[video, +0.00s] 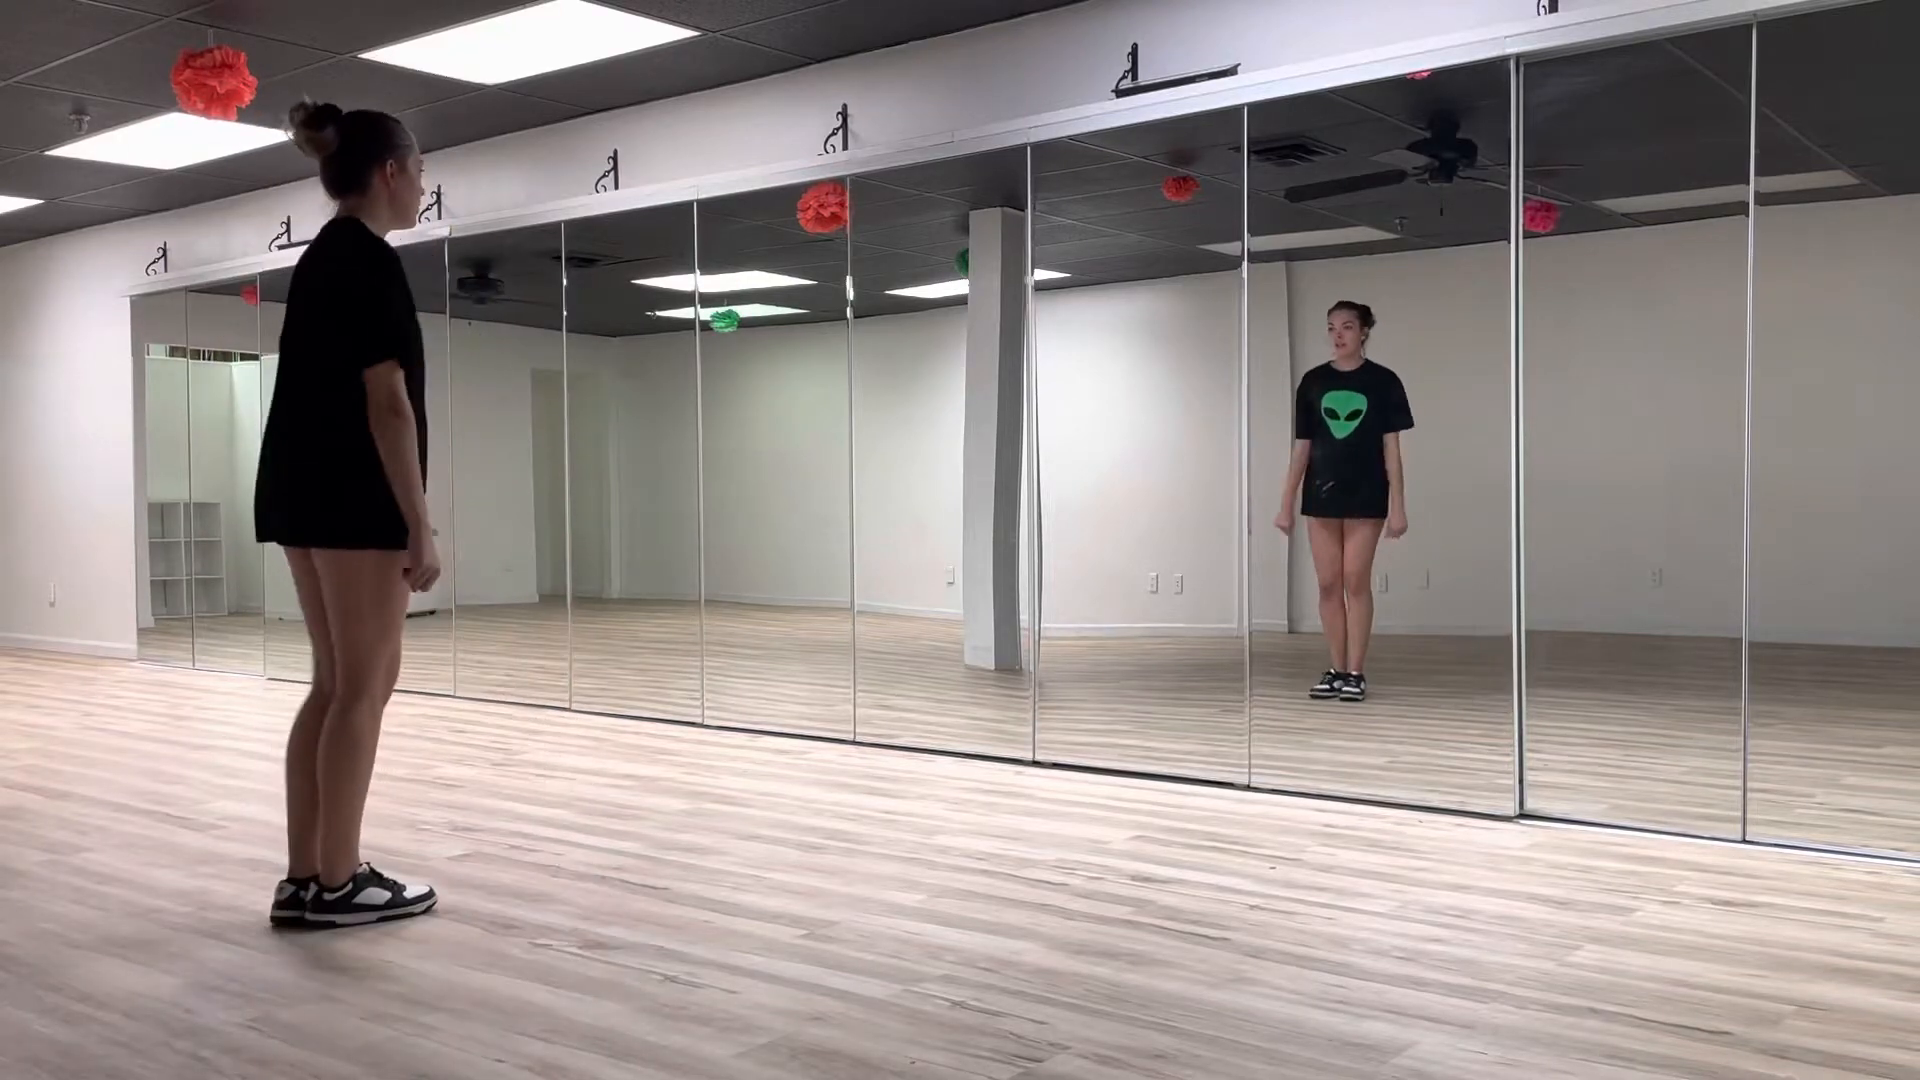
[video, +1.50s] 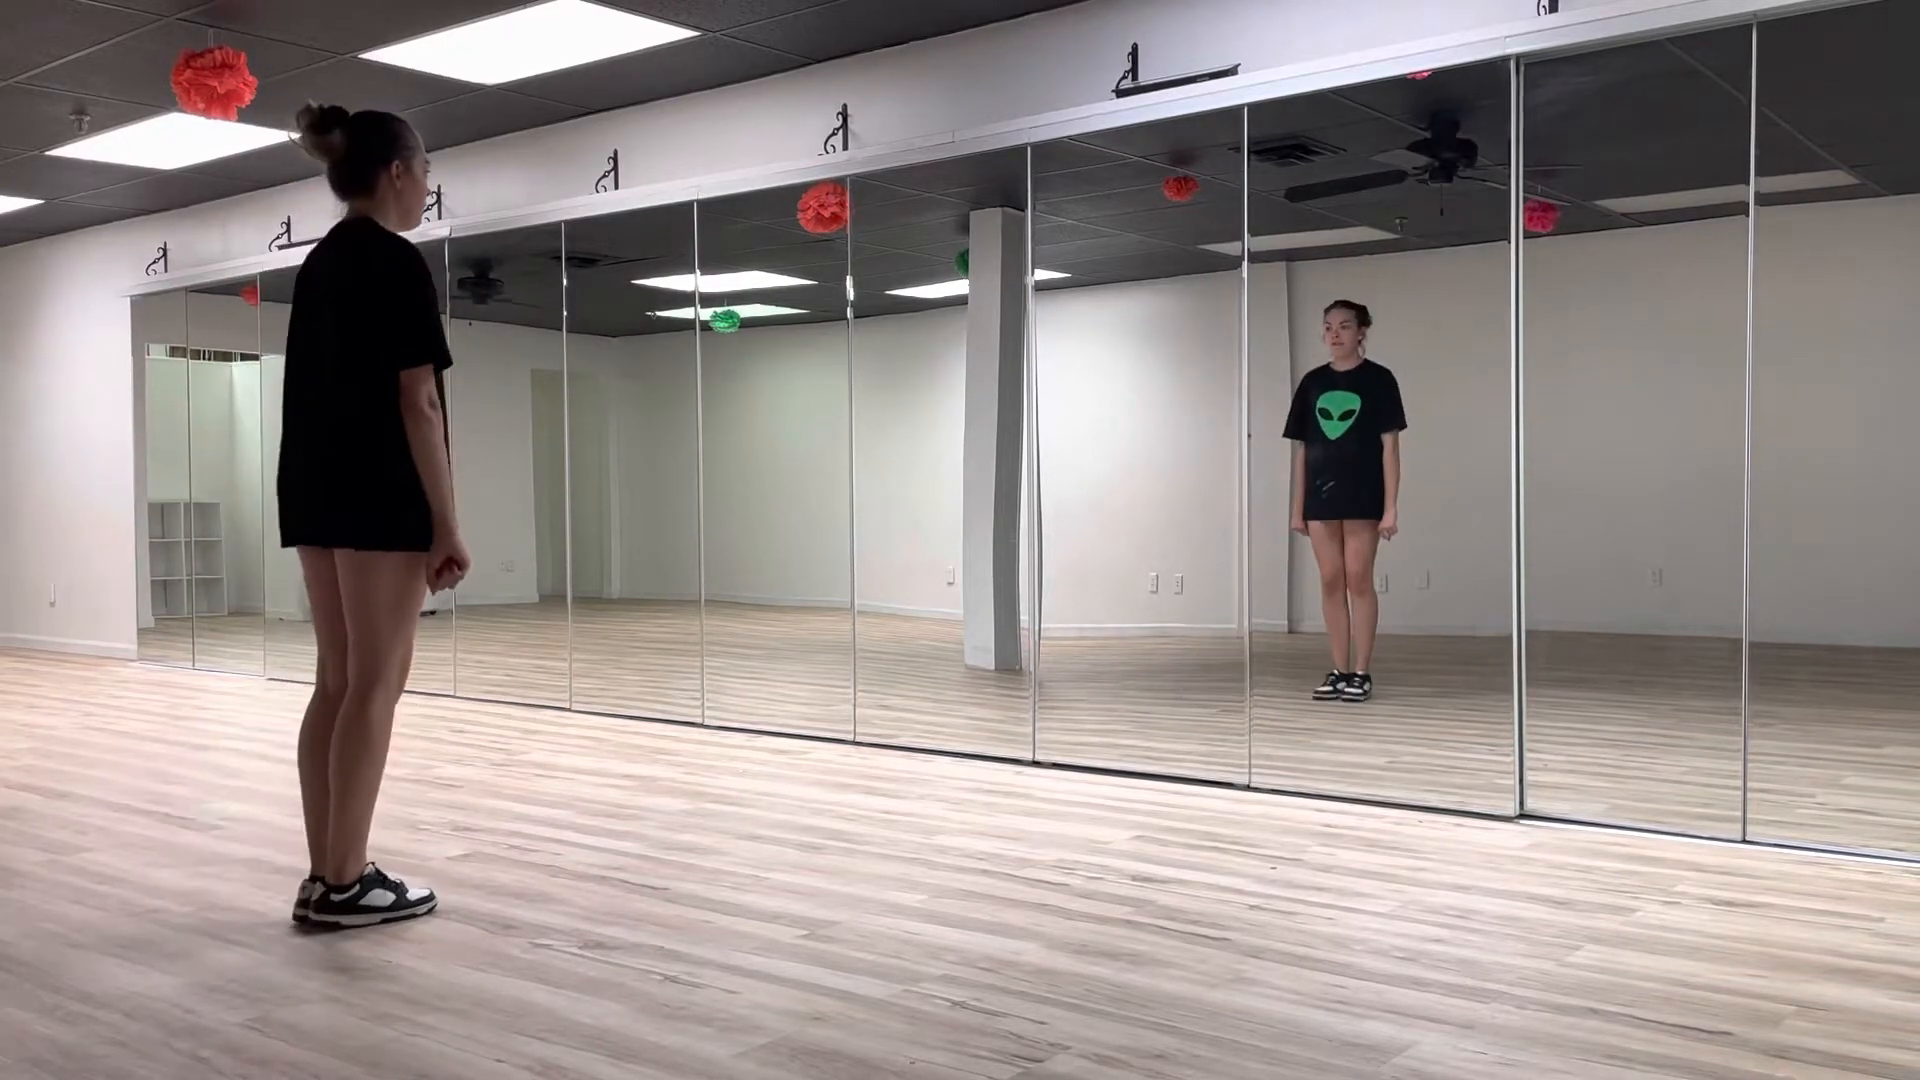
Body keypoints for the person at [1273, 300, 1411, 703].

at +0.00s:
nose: (1338, 334)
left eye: (1347, 327)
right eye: (1333, 328)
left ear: (1364, 333)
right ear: (1327, 333)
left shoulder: (1383, 381)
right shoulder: (1312, 381)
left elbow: (1391, 447)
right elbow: (1302, 448)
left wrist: (1397, 505)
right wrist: (1287, 502)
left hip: (1367, 496)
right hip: (1320, 497)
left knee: (1356, 582)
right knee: (1328, 584)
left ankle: (1355, 674)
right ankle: (1337, 670)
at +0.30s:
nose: (1328, 338)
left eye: (1337, 331)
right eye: (1321, 331)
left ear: (1351, 337)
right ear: (1313, 338)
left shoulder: (1369, 383)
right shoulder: (1296, 382)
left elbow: (1412, 420)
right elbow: (1263, 426)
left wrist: (1439, 419)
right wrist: (1251, 414)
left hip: (1352, 494)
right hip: (1302, 491)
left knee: (1351, 582)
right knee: (1286, 580)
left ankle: (1355, 672)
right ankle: (1258, 651)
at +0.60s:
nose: (1297, 367)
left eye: (1304, 360)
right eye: (1289, 361)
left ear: (1314, 365)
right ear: (1279, 367)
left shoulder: (1327, 403)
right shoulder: (1263, 399)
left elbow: (1376, 399)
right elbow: (1202, 401)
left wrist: (1356, 402)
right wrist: (1247, 413)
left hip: (1309, 520)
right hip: (1264, 518)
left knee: (1353, 581)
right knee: (1238, 601)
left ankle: (1349, 673)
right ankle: (1194, 671)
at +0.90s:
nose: (1302, 367)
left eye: (1309, 360)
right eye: (1293, 361)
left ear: (1319, 366)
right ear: (1283, 370)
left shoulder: (1337, 411)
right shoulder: (1268, 412)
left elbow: (1387, 444)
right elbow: (1222, 452)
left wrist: (1369, 482)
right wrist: (1238, 501)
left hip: (1320, 518)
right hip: (1272, 518)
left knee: (1351, 586)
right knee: (1245, 598)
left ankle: (1349, 674)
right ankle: (1196, 669)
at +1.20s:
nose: (1326, 334)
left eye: (1335, 327)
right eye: (1320, 329)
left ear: (1351, 333)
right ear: (1314, 336)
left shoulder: (1374, 381)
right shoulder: (1300, 384)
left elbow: (1389, 443)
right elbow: (1279, 446)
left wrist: (1392, 500)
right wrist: (1261, 499)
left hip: (1357, 495)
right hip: (1307, 494)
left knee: (1355, 582)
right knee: (1295, 582)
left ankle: (1351, 672)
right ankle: (1278, 654)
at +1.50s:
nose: (1334, 333)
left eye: (1343, 327)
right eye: (1329, 327)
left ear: (1361, 333)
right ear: (1323, 333)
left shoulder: (1380, 379)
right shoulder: (1311, 381)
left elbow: (1390, 448)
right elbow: (1301, 451)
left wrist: (1391, 508)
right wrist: (1297, 508)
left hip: (1364, 496)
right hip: (1319, 497)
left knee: (1359, 581)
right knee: (1330, 582)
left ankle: (1361, 674)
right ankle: (1339, 671)